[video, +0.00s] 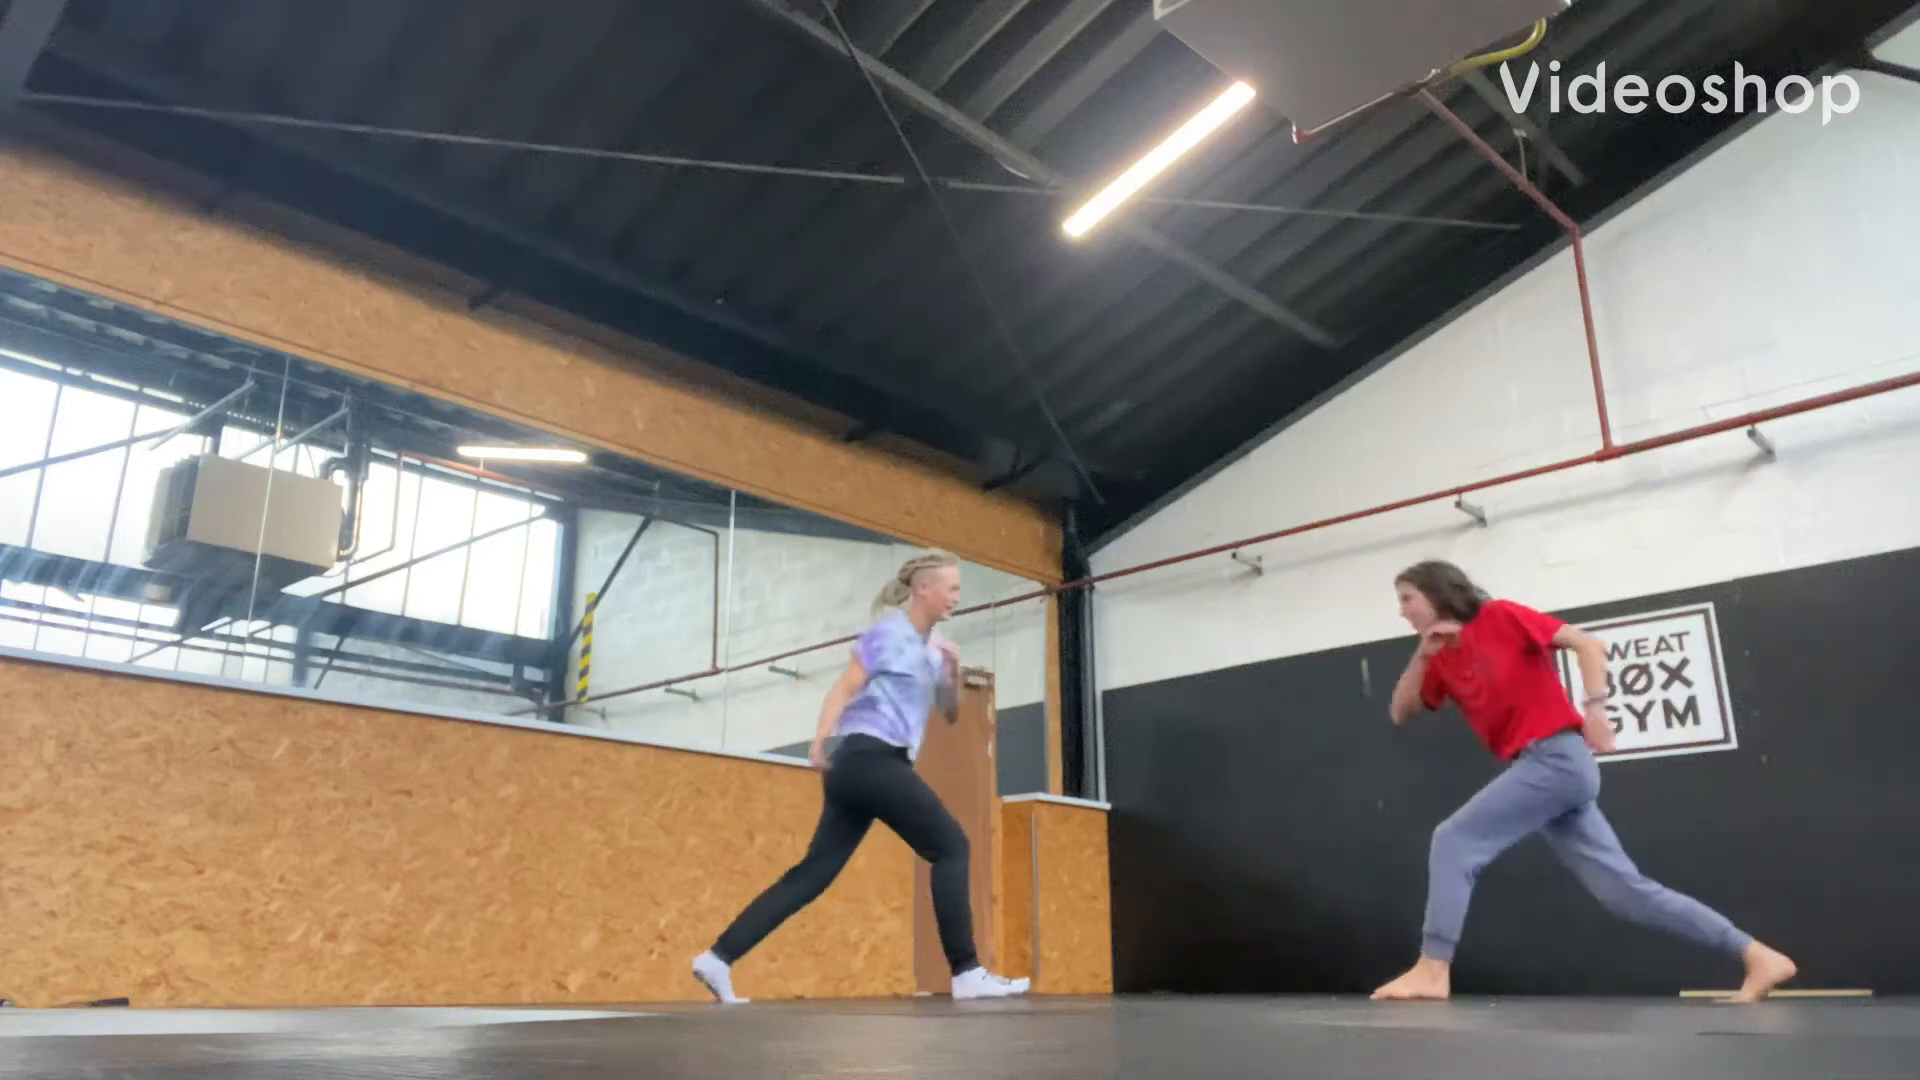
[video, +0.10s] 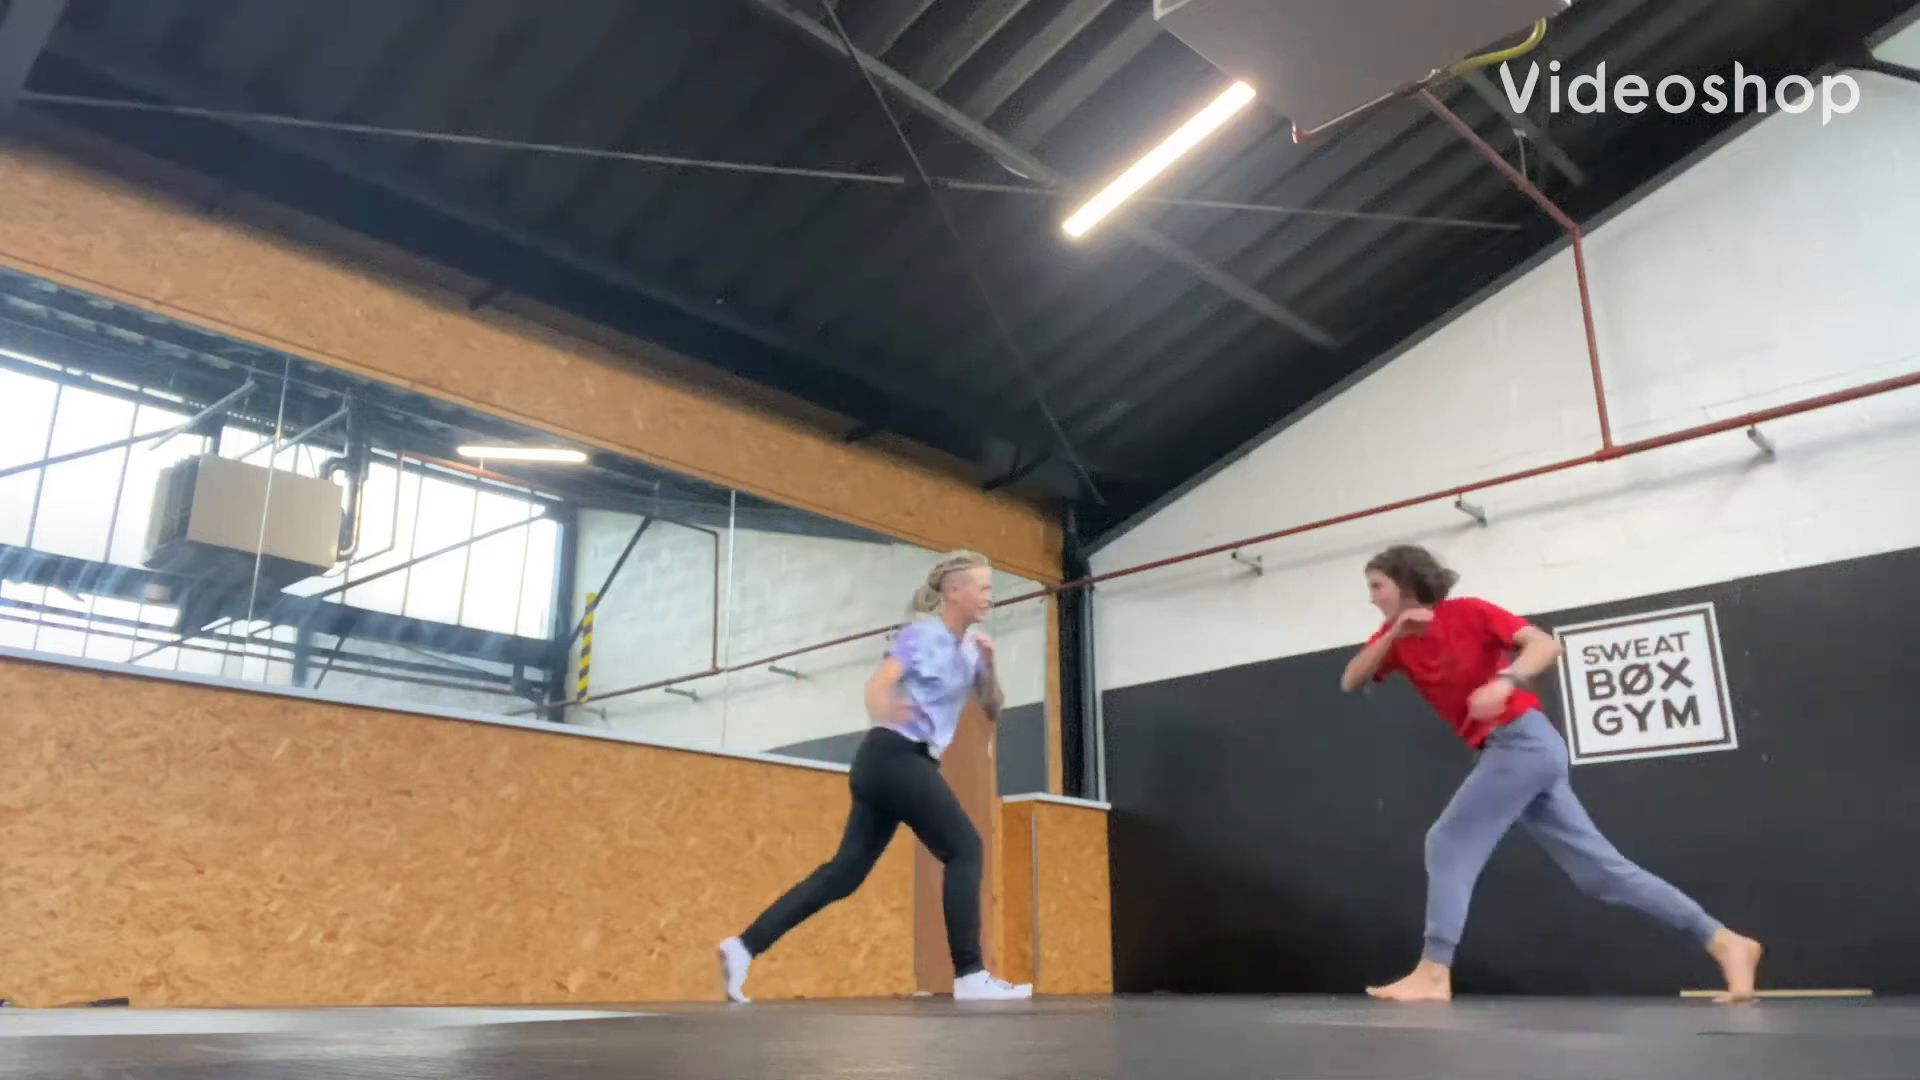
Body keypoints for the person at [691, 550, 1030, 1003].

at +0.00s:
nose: (957, 599)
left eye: (958, 591)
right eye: (951, 589)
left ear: (930, 591)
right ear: (924, 588)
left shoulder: (931, 652)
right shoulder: (890, 633)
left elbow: (949, 713)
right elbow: (846, 686)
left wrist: (951, 678)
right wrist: (821, 740)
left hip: (868, 764)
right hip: (866, 758)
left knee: (815, 872)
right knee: (950, 846)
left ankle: (718, 958)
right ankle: (967, 975)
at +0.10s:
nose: (989, 598)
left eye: (990, 589)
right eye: (982, 589)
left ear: (969, 594)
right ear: (952, 591)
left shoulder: (971, 648)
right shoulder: (922, 634)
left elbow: (992, 711)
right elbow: (878, 686)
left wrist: (988, 668)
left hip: (896, 761)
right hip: (894, 757)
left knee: (845, 873)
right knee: (965, 848)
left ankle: (743, 948)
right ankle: (971, 978)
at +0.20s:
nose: (1030, 613)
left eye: (1030, 605)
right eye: (1024, 603)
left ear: (1002, 609)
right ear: (997, 605)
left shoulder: (994, 662)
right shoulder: (961, 640)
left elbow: (990, 729)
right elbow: (931, 690)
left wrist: (1002, 701)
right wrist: (982, 690)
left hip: (912, 765)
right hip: (905, 759)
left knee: (898, 885)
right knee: (977, 850)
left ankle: (793, 930)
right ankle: (972, 978)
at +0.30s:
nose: (1057, 640)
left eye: (1057, 631)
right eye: (1052, 630)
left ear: (1029, 632)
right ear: (1028, 631)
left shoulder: (1001, 674)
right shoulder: (989, 656)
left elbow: (956, 726)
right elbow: (1013, 693)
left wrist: (995, 745)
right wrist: (1084, 676)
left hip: (912, 769)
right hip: (914, 766)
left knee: (949, 879)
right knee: (987, 850)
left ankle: (855, 937)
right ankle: (973, 978)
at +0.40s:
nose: (1072, 660)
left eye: (1072, 651)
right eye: (1068, 650)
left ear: (1038, 648)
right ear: (1042, 648)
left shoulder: (1011, 685)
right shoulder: (1012, 673)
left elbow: (976, 742)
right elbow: (1085, 708)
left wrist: (1004, 770)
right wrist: (1115, 681)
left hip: (917, 776)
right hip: (921, 775)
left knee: (971, 861)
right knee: (999, 852)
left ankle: (931, 965)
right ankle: (975, 978)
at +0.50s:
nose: (1080, 675)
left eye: (1081, 666)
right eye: (1077, 664)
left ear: (1049, 662)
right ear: (1050, 662)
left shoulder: (1012, 689)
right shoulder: (1027, 687)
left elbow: (993, 756)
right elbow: (1092, 731)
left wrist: (1039, 770)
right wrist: (1083, 694)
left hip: (927, 787)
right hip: (936, 786)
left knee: (974, 879)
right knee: (1013, 859)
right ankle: (977, 977)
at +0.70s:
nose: (1085, 694)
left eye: (1087, 686)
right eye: (1083, 684)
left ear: (1056, 680)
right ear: (1059, 679)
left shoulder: (1036, 708)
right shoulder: (1034, 703)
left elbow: (1067, 746)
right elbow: (1037, 774)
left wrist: (1110, 750)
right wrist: (1050, 737)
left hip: (952, 801)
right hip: (945, 799)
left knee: (1014, 877)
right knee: (1011, 876)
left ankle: (1007, 978)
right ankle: (976, 977)